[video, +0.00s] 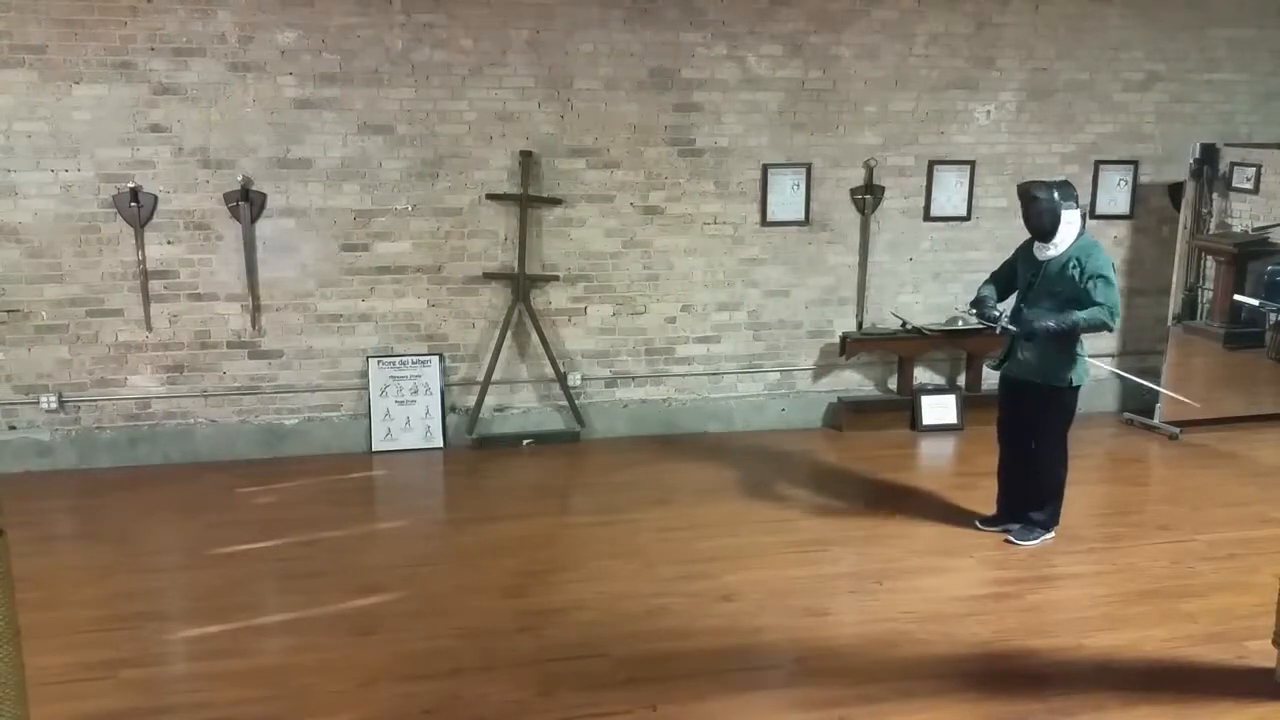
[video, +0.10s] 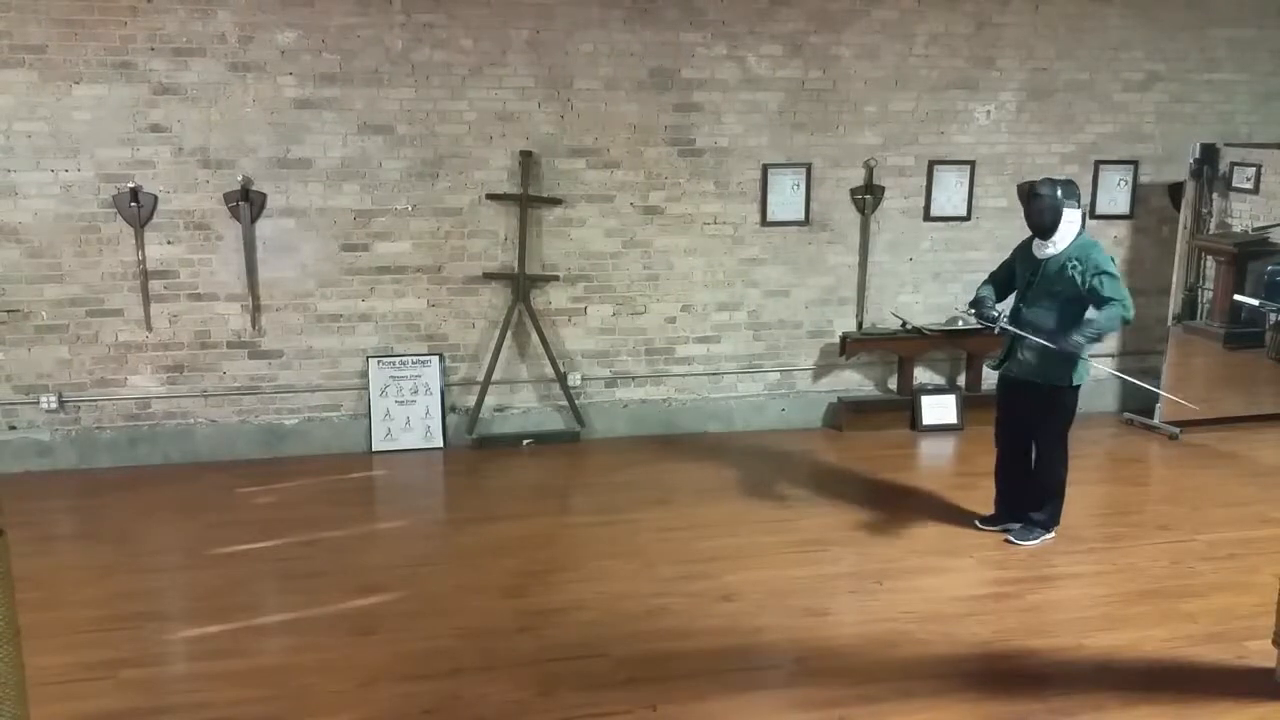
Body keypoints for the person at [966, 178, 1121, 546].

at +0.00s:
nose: (1028, 221)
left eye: (1036, 214)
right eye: (1027, 214)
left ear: (1060, 212)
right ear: (1032, 214)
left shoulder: (1090, 257)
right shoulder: (1029, 251)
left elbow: (1108, 314)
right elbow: (997, 284)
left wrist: (1053, 322)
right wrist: (986, 300)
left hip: (1057, 374)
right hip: (1017, 368)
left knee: (1048, 449)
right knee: (1012, 443)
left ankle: (1043, 521)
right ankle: (1009, 511)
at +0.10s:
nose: (1031, 214)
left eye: (1039, 207)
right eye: (1030, 208)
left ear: (1063, 211)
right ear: (1033, 211)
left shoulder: (1090, 257)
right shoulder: (1028, 251)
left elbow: (1120, 308)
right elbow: (995, 284)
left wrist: (1081, 334)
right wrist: (985, 303)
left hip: (1056, 375)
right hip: (1016, 370)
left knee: (1050, 449)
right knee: (1011, 445)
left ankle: (1043, 520)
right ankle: (1009, 511)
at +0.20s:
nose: (1030, 213)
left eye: (1038, 207)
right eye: (1029, 206)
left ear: (1062, 209)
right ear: (1031, 208)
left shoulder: (1086, 254)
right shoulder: (1025, 249)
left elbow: (1130, 300)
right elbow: (992, 284)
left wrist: (1127, 352)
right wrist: (983, 304)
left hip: (1054, 374)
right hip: (1015, 368)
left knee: (1048, 449)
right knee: (1010, 444)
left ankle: (1042, 520)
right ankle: (1009, 512)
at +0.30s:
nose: (1031, 212)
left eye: (1040, 206)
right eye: (1029, 205)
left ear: (1062, 209)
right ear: (1027, 206)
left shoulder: (1083, 250)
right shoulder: (1022, 248)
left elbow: (1134, 291)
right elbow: (990, 284)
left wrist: (1169, 337)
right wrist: (980, 306)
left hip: (1052, 368)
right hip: (1014, 363)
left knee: (1045, 443)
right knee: (1010, 441)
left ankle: (1042, 519)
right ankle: (1010, 512)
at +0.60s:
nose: (1025, 216)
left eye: (1032, 208)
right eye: (1021, 208)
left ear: (1054, 207)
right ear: (1015, 206)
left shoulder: (1078, 246)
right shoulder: (1008, 249)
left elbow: (1137, 281)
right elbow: (977, 287)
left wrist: (1142, 335)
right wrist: (975, 312)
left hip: (1050, 363)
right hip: (1009, 360)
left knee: (1043, 444)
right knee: (1010, 441)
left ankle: (1040, 521)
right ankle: (1010, 513)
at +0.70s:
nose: (1023, 213)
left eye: (1032, 206)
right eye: (1019, 205)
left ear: (1053, 208)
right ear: (1013, 204)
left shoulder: (1076, 246)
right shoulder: (1006, 248)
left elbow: (1121, 291)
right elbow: (972, 288)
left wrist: (1089, 335)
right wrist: (979, 314)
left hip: (1051, 363)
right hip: (1008, 361)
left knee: (1045, 445)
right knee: (1010, 442)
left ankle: (1041, 521)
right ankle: (1010, 514)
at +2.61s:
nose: (1024, 209)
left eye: (1032, 202)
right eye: (1020, 201)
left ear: (1053, 207)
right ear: (1013, 203)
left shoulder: (1075, 254)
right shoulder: (1000, 250)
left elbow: (1104, 310)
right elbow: (967, 296)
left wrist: (1069, 328)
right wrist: (995, 320)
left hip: (1050, 371)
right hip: (1004, 369)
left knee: (1050, 450)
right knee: (1009, 448)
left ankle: (1048, 522)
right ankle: (1013, 515)